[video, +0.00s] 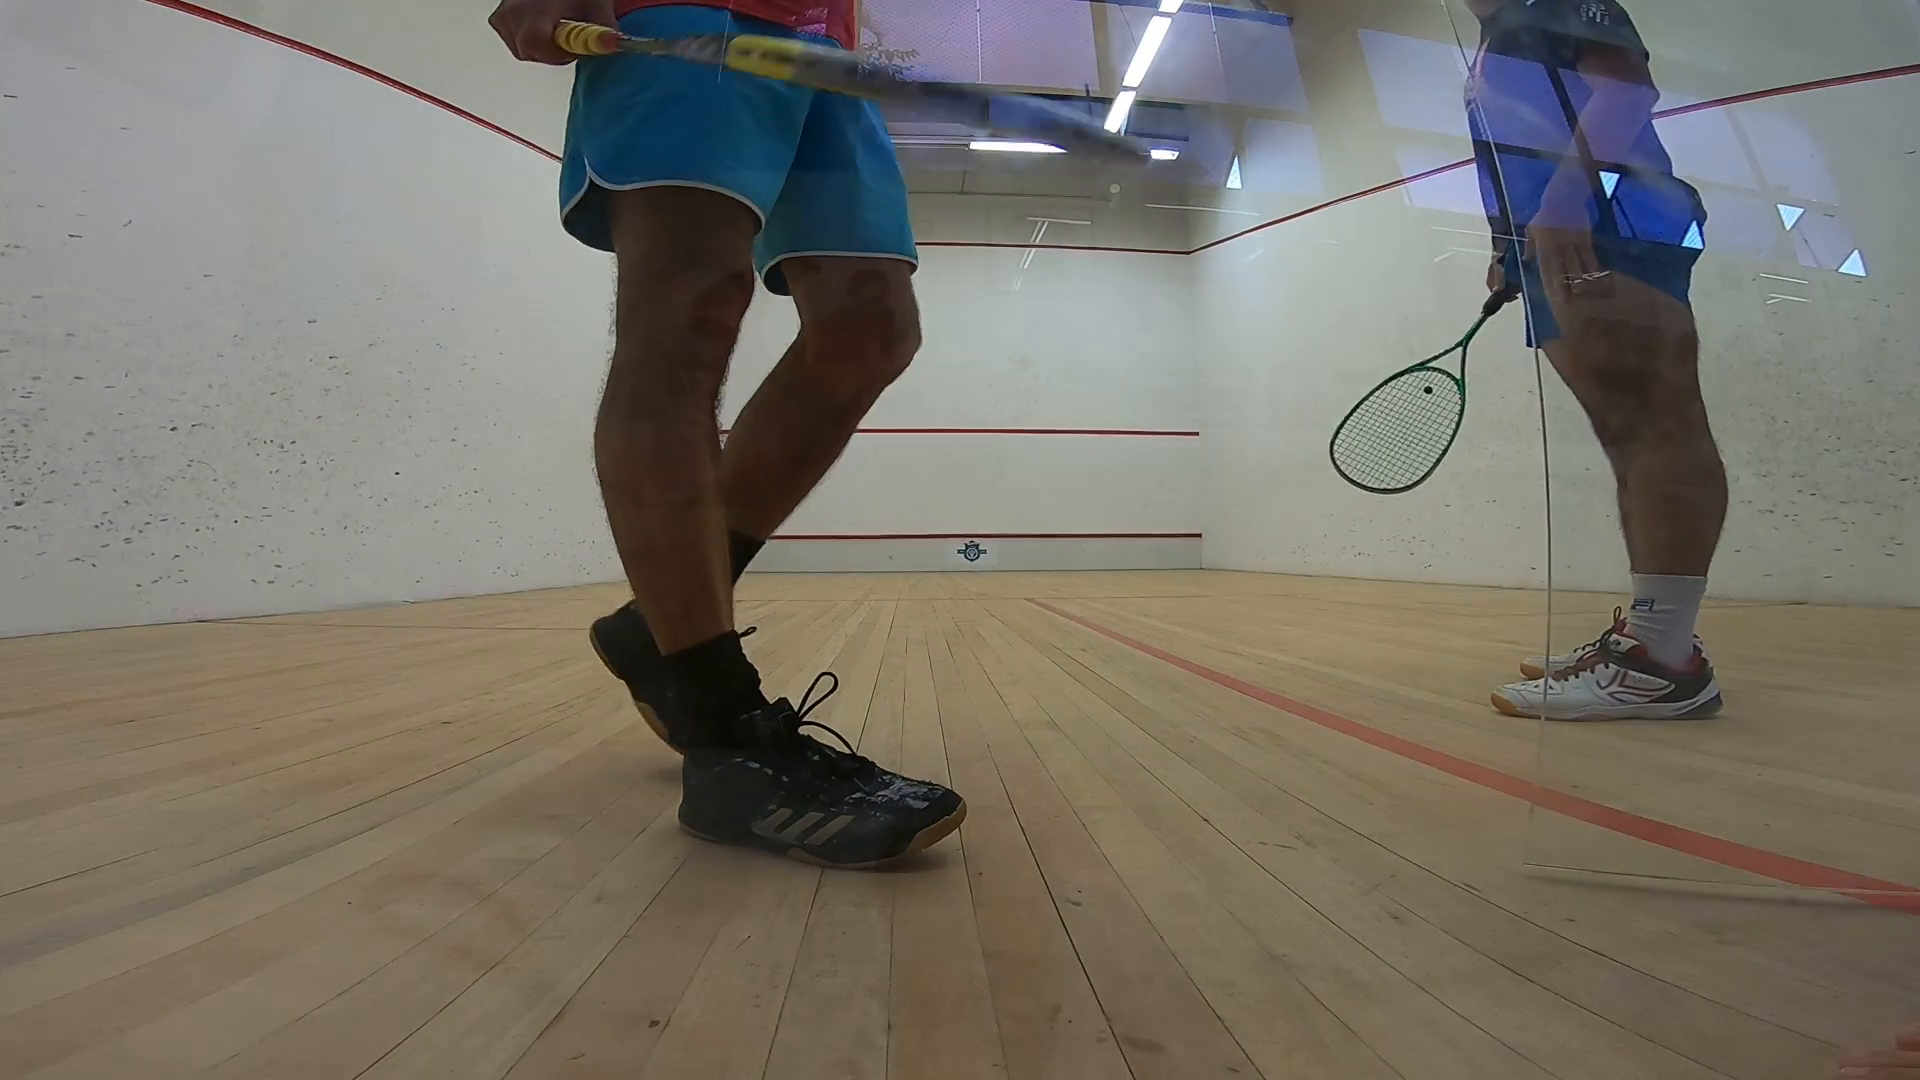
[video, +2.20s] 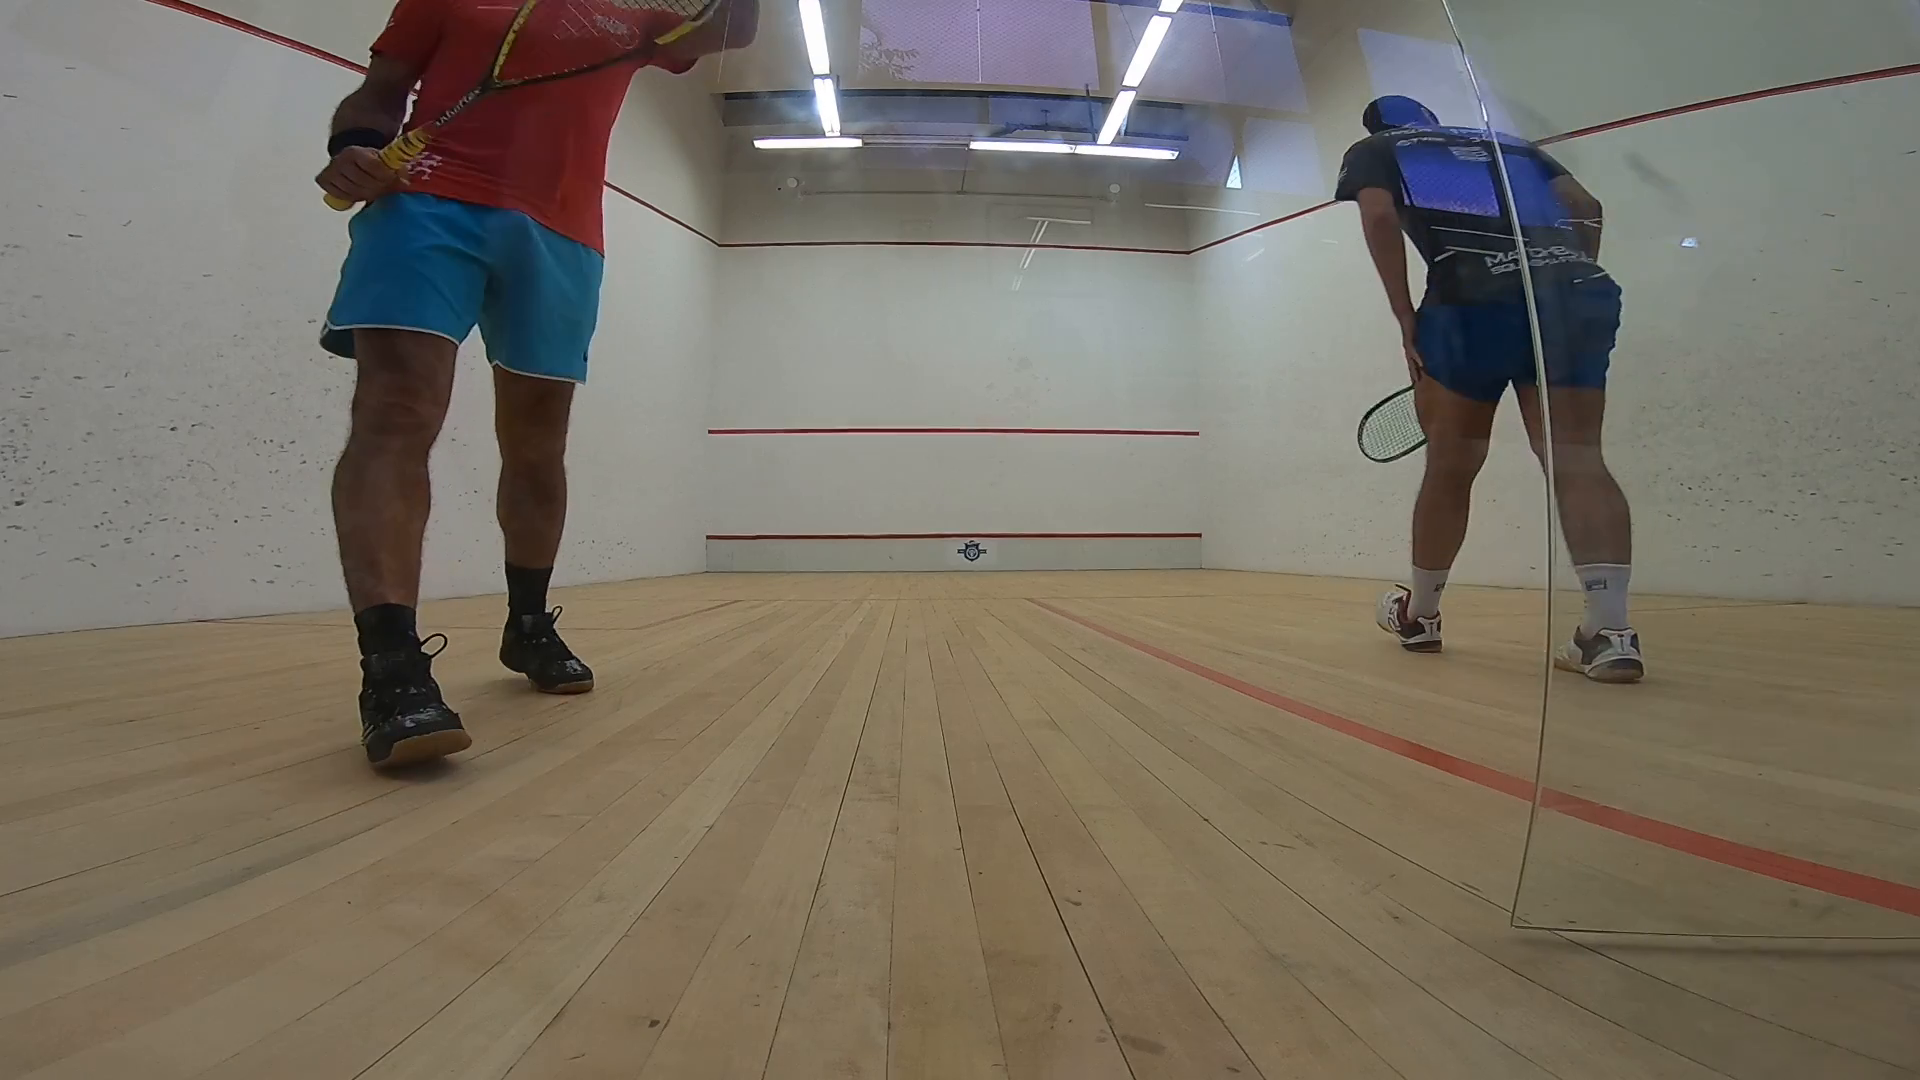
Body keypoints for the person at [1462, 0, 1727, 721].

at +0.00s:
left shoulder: (1551, 6)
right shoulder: (1497, 51)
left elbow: (1626, 81)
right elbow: (1530, 157)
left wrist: (1565, 198)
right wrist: (1510, 244)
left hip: (1611, 231)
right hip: (1571, 242)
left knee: (1661, 427)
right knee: (1628, 434)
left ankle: (1667, 659)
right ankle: (1654, 644)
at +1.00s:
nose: (1374, 5)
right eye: (1369, 3)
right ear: (1397, 10)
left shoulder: (1491, 8)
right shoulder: (1459, 57)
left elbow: (1558, 82)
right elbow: (1522, 139)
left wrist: (1569, 225)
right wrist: (1519, 229)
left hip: (1628, 218)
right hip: (1570, 237)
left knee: (1659, 421)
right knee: (1613, 431)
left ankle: (1670, 659)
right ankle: (1649, 637)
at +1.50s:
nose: (1373, 102)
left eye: (1358, 90)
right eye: (1361, 100)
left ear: (1358, 54)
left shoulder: (1405, 54)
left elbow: (1464, 136)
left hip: (1605, 227)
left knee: (1624, 423)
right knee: (1611, 423)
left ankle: (1663, 658)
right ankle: (1627, 627)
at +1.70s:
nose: (1384, 114)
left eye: (1377, 100)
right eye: (1375, 109)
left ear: (1389, 72)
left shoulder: (1408, 70)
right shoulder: (1538, 94)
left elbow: (1443, 129)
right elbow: (1655, 163)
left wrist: (1461, 253)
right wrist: (1613, 240)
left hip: (1562, 234)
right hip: (1655, 243)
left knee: (1533, 427)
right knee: (1613, 439)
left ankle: (1643, 639)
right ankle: (1622, 635)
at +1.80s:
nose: (1391, 108)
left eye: (1386, 94)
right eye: (1383, 101)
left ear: (1401, 70)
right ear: (1449, 68)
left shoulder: (1414, 72)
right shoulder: (1539, 99)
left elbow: (1444, 141)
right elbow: (1646, 173)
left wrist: (1448, 269)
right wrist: (1615, 244)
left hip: (1533, 240)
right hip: (1637, 249)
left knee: (1474, 430)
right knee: (1603, 449)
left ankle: (1589, 598)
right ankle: (1620, 636)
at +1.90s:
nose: (1396, 113)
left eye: (1391, 100)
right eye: (1389, 106)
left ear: (1403, 76)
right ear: (1450, 70)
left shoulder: (1417, 75)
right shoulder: (1537, 104)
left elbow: (1440, 149)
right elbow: (1633, 177)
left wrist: (1434, 271)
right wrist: (1606, 253)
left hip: (1515, 248)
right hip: (1623, 257)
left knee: (1440, 422)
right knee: (1607, 448)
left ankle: (1530, 591)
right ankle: (1613, 634)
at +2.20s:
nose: (1376, 138)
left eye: (1374, 131)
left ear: (1378, 129)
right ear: (1430, 122)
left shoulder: (1373, 148)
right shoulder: (1498, 142)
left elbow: (1380, 218)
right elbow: (1587, 208)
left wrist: (1407, 321)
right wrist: (1567, 305)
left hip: (1474, 299)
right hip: (1575, 295)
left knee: (1450, 467)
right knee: (1580, 456)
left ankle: (1422, 613)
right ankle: (1611, 632)